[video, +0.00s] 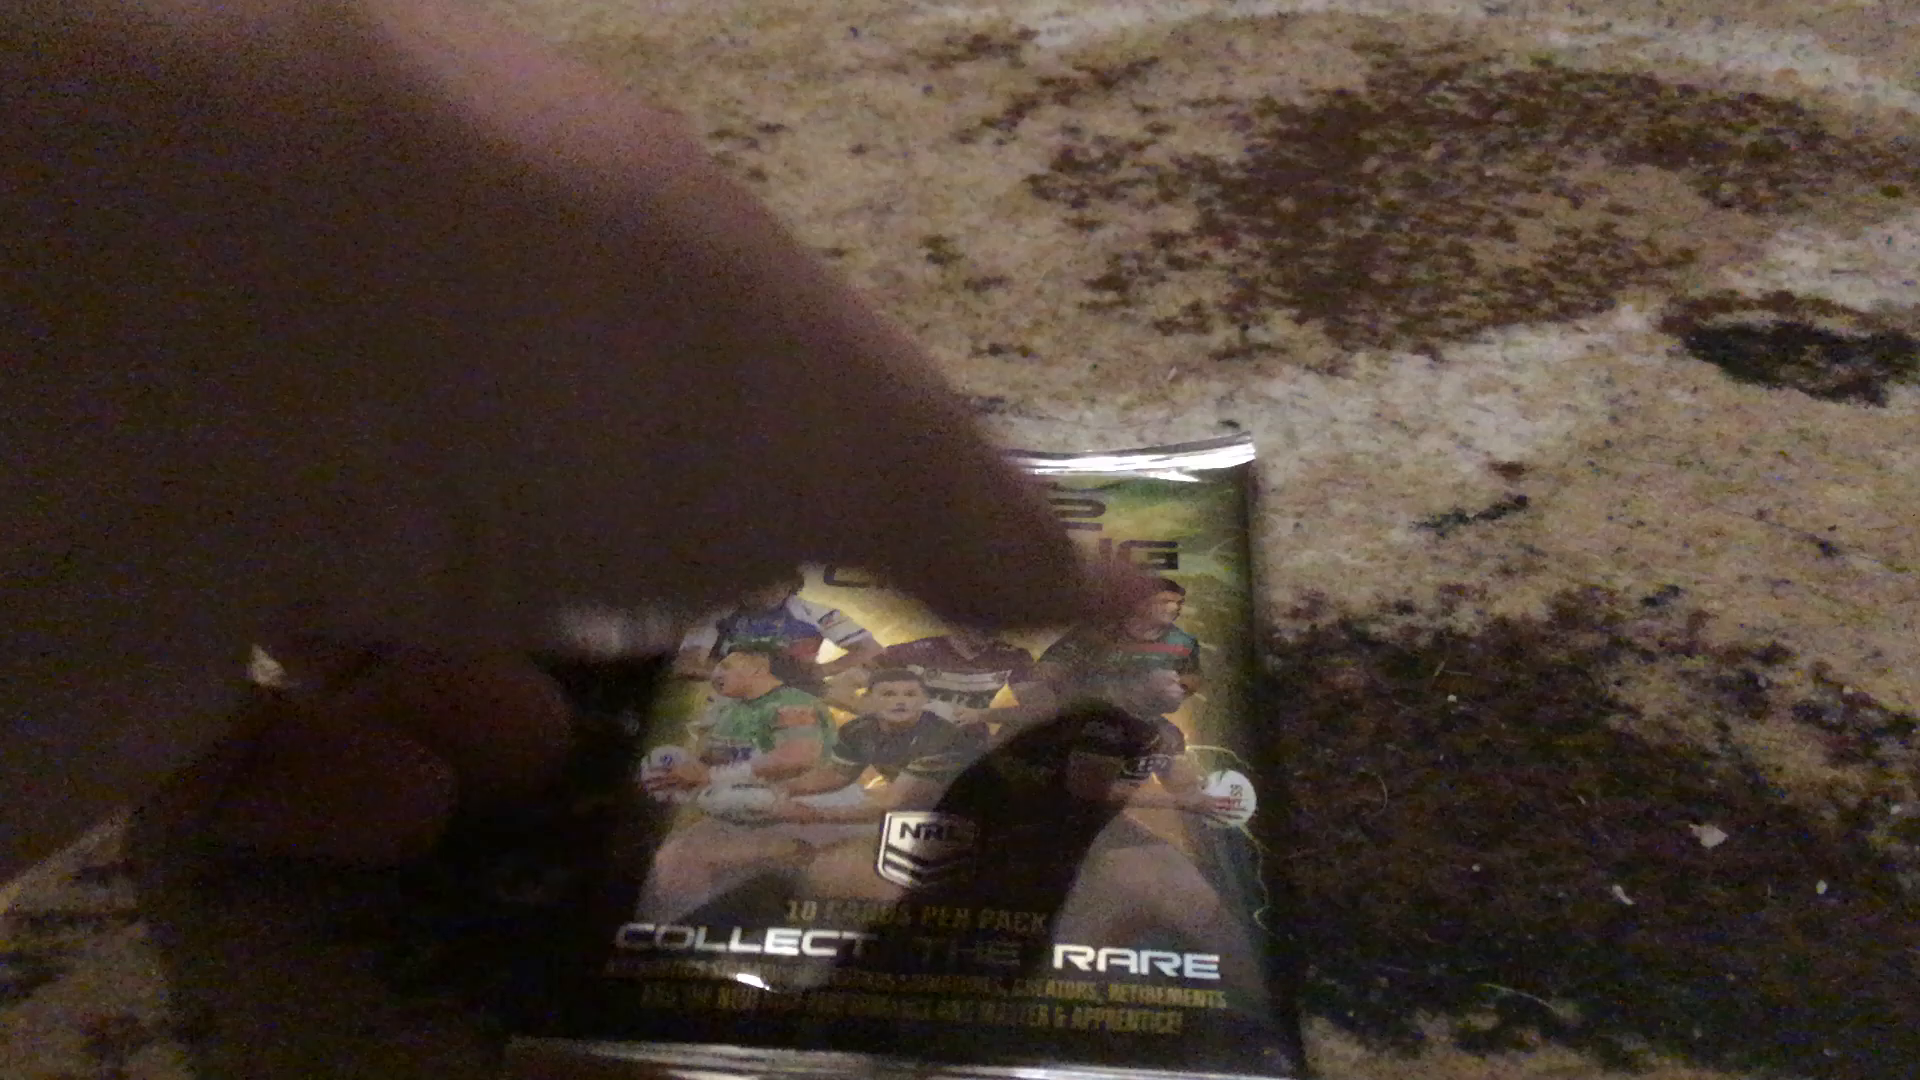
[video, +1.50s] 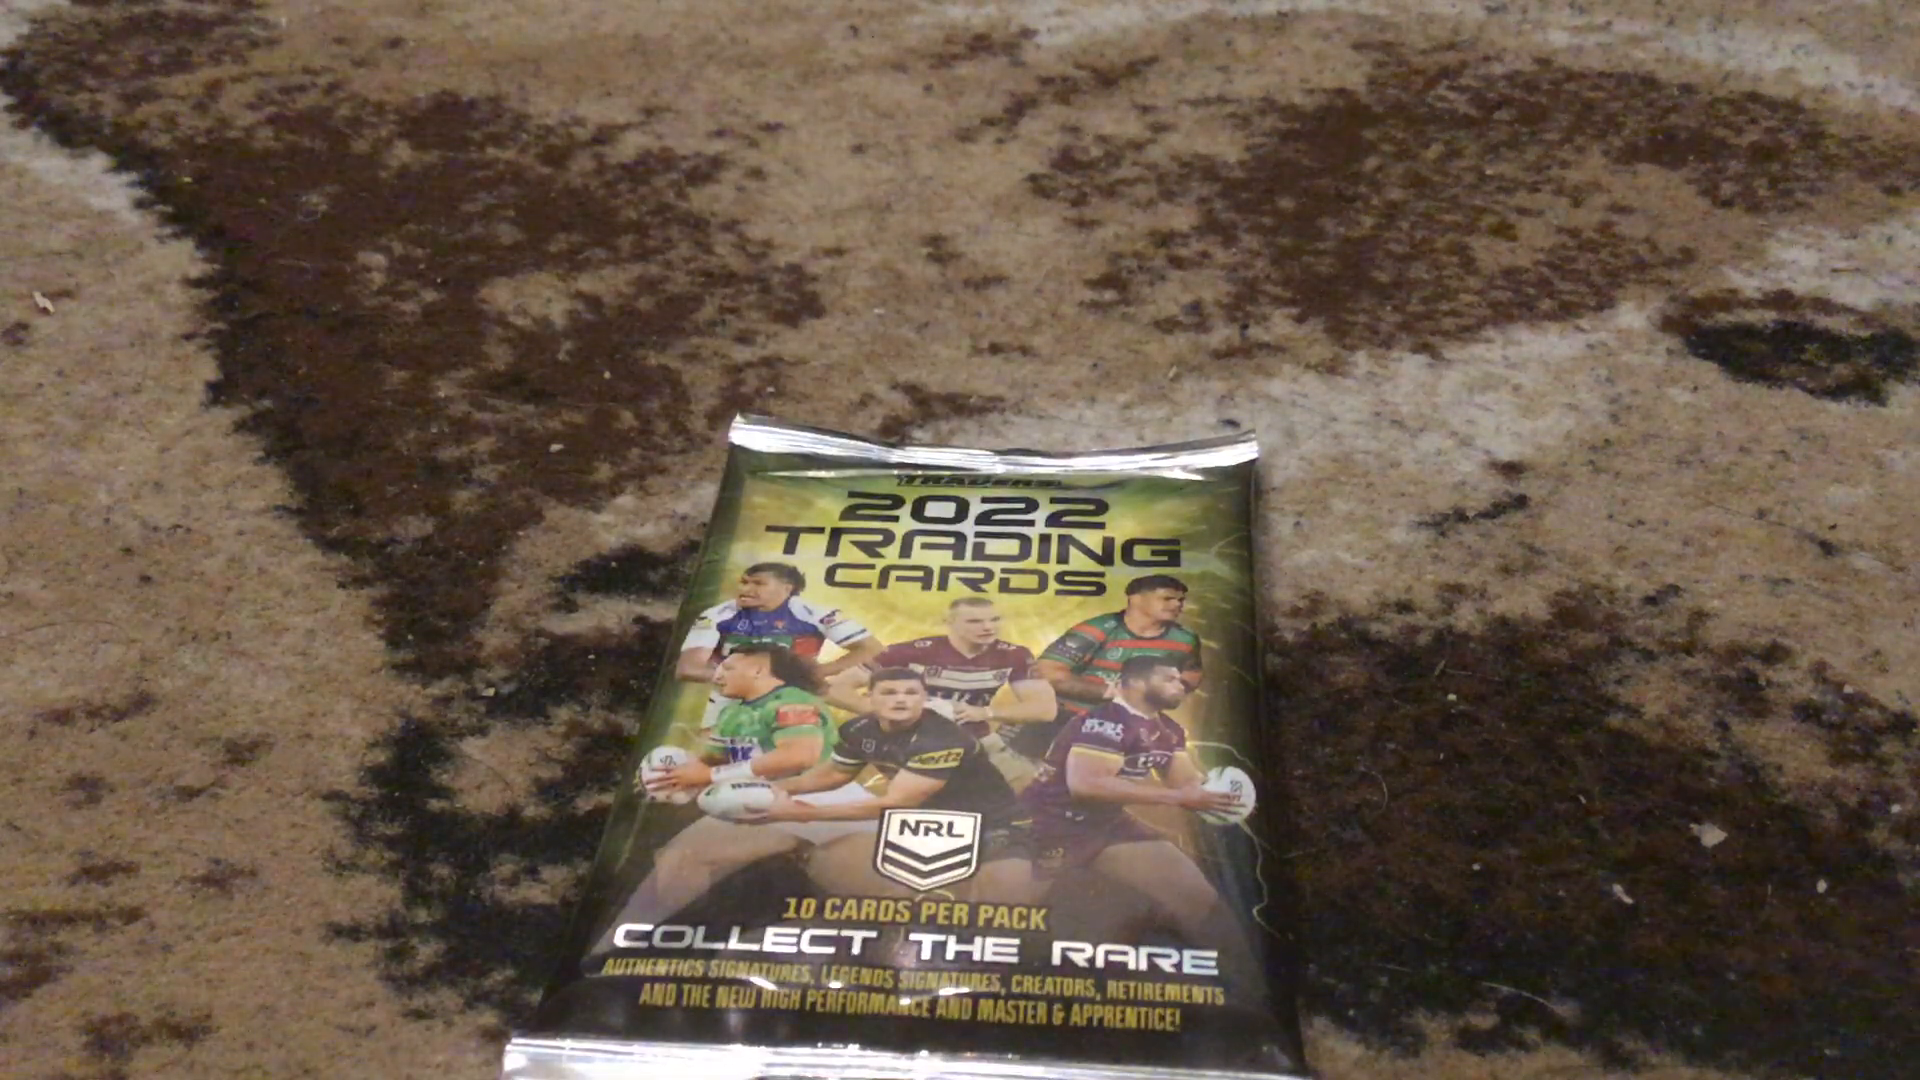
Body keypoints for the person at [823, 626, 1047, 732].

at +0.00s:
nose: (974, 639)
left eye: (983, 633)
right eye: (967, 630)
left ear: (994, 633)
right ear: (952, 627)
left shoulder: (1015, 663)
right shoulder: (923, 651)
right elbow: (834, 688)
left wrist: (981, 718)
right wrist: (868, 705)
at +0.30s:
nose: (987, 629)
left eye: (993, 621)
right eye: (975, 621)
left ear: (1001, 621)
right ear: (950, 623)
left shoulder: (1015, 658)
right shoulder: (918, 653)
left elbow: (1045, 709)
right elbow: (835, 688)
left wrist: (984, 713)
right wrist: (884, 710)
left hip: (987, 749)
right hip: (923, 747)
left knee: (1036, 786)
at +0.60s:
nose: (987, 629)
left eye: (993, 620)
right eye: (975, 622)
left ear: (1000, 620)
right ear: (949, 623)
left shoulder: (1014, 658)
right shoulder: (917, 653)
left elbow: (1045, 709)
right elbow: (835, 688)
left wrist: (986, 713)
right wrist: (891, 711)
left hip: (986, 749)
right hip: (924, 748)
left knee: (1040, 786)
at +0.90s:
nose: (987, 629)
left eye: (993, 620)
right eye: (975, 621)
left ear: (999, 621)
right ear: (949, 623)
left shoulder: (1014, 657)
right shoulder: (918, 653)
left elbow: (1045, 709)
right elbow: (835, 688)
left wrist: (985, 713)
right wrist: (892, 711)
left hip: (984, 747)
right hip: (923, 746)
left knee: (1035, 784)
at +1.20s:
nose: (987, 628)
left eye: (993, 620)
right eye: (975, 621)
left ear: (1000, 621)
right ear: (950, 623)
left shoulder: (1014, 657)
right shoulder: (915, 653)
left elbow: (1045, 709)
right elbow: (834, 688)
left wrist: (983, 713)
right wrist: (892, 710)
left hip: (985, 748)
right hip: (922, 747)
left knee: (1040, 787)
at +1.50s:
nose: (987, 628)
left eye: (993, 620)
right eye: (975, 621)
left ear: (999, 621)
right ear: (950, 623)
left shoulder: (1014, 657)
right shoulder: (915, 653)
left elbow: (1046, 709)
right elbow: (833, 688)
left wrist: (987, 713)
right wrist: (887, 710)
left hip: (985, 747)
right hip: (923, 746)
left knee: (1039, 787)